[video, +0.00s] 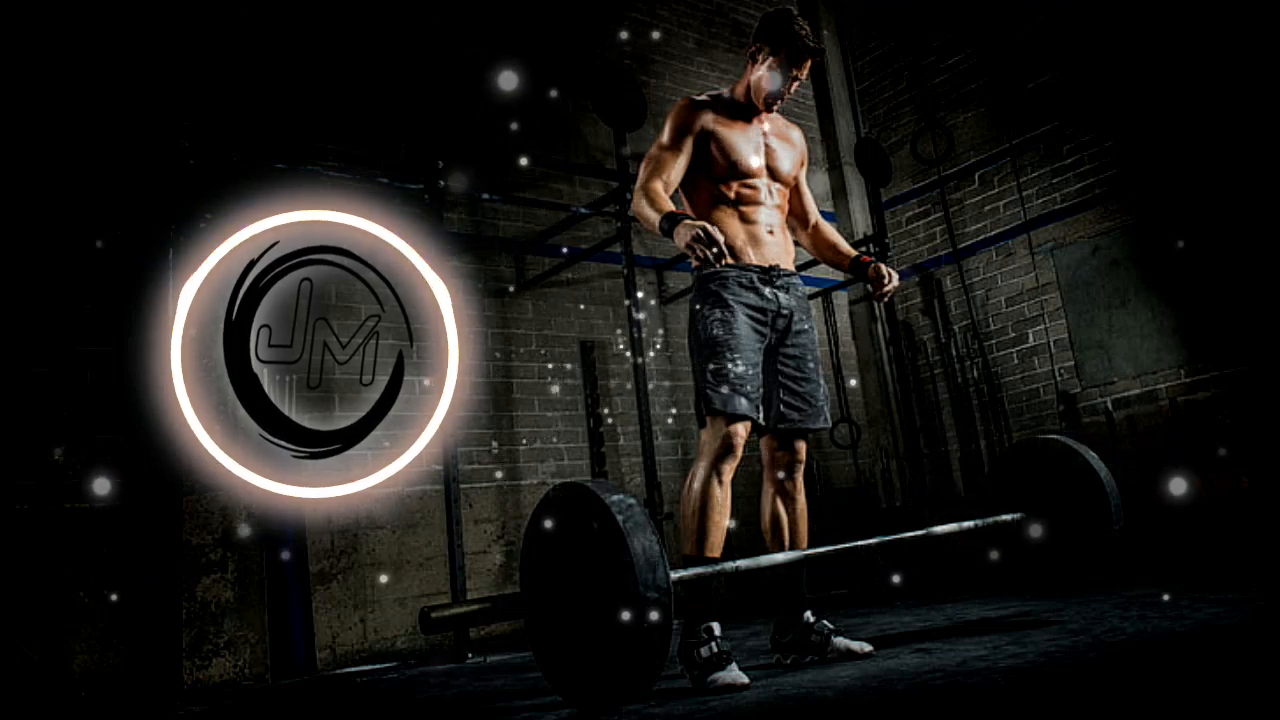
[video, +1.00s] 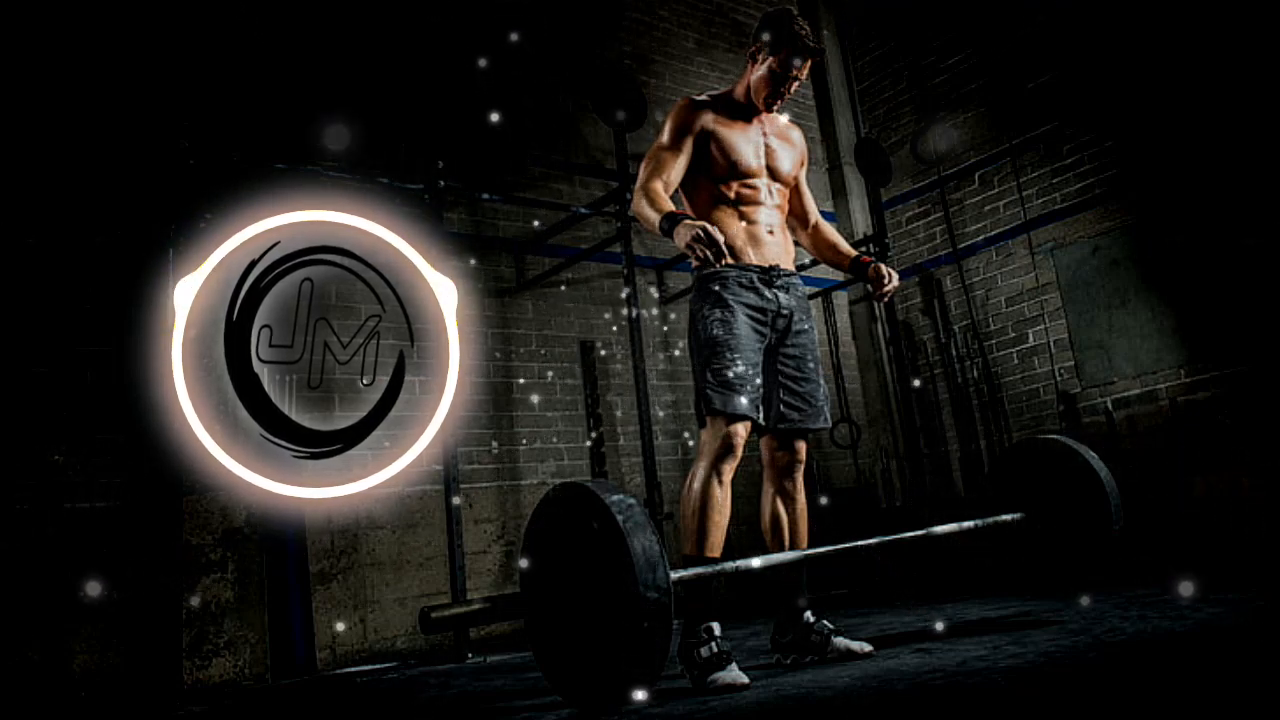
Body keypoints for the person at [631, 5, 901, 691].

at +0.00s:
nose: (791, 91)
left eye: (800, 82)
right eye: (788, 75)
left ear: (797, 79)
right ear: (757, 59)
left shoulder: (791, 136)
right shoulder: (698, 115)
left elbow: (809, 225)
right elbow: (644, 200)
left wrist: (861, 265)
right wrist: (676, 225)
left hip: (790, 296)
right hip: (731, 292)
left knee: (790, 454)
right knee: (729, 437)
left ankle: (797, 624)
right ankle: (698, 633)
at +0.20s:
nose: (785, 93)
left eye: (796, 83)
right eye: (783, 76)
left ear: (799, 79)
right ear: (754, 57)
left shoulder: (792, 136)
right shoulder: (698, 115)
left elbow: (809, 224)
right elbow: (645, 199)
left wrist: (860, 265)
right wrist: (676, 226)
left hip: (790, 297)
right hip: (730, 293)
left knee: (790, 453)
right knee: (729, 437)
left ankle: (797, 624)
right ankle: (698, 633)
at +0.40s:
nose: (791, 89)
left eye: (801, 78)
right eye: (786, 72)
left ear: (803, 75)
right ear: (755, 57)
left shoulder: (792, 136)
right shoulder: (697, 115)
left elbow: (808, 224)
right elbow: (645, 197)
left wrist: (860, 264)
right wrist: (677, 225)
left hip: (790, 297)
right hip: (731, 292)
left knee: (790, 455)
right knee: (730, 437)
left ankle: (796, 624)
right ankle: (698, 633)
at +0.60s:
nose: (789, 91)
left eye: (800, 81)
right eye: (785, 74)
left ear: (803, 77)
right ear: (756, 57)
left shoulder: (792, 136)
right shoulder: (697, 115)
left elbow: (808, 224)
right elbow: (645, 197)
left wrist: (860, 264)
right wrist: (677, 225)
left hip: (790, 297)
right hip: (731, 292)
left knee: (790, 455)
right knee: (729, 437)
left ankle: (796, 624)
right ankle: (699, 634)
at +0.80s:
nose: (788, 92)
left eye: (798, 82)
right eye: (784, 76)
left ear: (803, 77)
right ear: (756, 57)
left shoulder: (792, 136)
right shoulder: (697, 115)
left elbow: (809, 224)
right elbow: (645, 198)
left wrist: (860, 265)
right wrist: (676, 226)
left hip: (790, 297)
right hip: (731, 292)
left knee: (790, 455)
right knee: (729, 437)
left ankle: (796, 624)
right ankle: (698, 633)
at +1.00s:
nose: (787, 93)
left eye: (798, 83)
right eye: (783, 76)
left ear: (802, 77)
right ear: (756, 57)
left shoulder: (792, 135)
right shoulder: (698, 115)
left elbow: (808, 224)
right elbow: (645, 198)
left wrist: (860, 265)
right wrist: (676, 226)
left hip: (790, 296)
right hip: (730, 292)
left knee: (790, 454)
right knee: (729, 437)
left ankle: (797, 624)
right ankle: (698, 634)